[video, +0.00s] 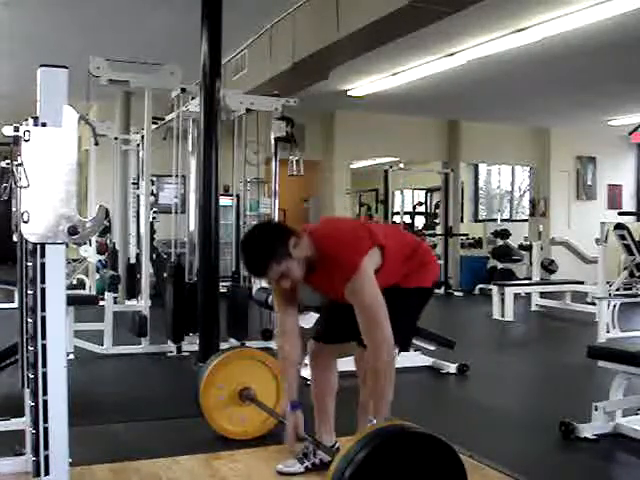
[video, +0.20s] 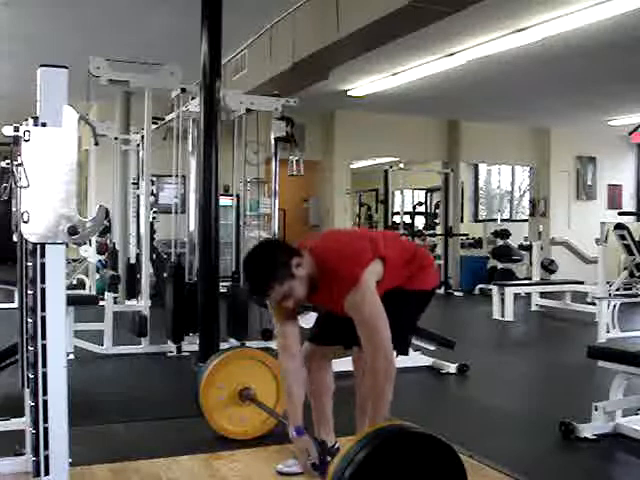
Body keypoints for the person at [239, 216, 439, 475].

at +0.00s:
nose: (284, 285)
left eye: (284, 275)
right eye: (276, 281)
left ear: (295, 247)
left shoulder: (348, 261)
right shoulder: (283, 266)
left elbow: (383, 351)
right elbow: (288, 341)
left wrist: (379, 431)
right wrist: (292, 406)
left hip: (408, 275)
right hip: (356, 280)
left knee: (368, 357)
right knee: (322, 352)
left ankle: (367, 448)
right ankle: (325, 444)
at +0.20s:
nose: (285, 307)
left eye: (287, 296)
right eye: (277, 302)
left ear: (299, 266)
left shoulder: (348, 275)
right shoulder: (281, 286)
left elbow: (383, 360)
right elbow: (290, 355)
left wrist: (372, 441)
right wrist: (296, 430)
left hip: (409, 278)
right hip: (355, 286)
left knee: (364, 357)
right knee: (316, 356)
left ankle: (366, 449)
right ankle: (324, 446)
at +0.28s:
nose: (291, 319)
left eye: (290, 311)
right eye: (282, 317)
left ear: (301, 282)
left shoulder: (353, 287)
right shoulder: (281, 299)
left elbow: (386, 374)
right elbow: (294, 372)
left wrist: (372, 449)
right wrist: (305, 445)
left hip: (408, 284)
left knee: (363, 357)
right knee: (313, 357)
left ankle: (366, 452)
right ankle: (324, 444)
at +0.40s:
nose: (295, 329)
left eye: (295, 320)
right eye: (286, 325)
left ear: (305, 292)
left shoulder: (356, 294)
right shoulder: (283, 317)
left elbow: (386, 375)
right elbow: (297, 385)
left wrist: (373, 450)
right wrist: (315, 455)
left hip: (406, 288)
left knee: (360, 362)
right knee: (309, 363)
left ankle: (366, 452)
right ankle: (321, 446)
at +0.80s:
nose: (298, 340)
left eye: (298, 329)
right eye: (289, 338)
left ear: (308, 299)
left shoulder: (359, 296)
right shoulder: (286, 329)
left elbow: (386, 376)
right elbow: (307, 393)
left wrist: (373, 454)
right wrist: (327, 467)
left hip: (407, 293)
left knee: (358, 364)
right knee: (308, 368)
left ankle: (367, 455)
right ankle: (321, 449)